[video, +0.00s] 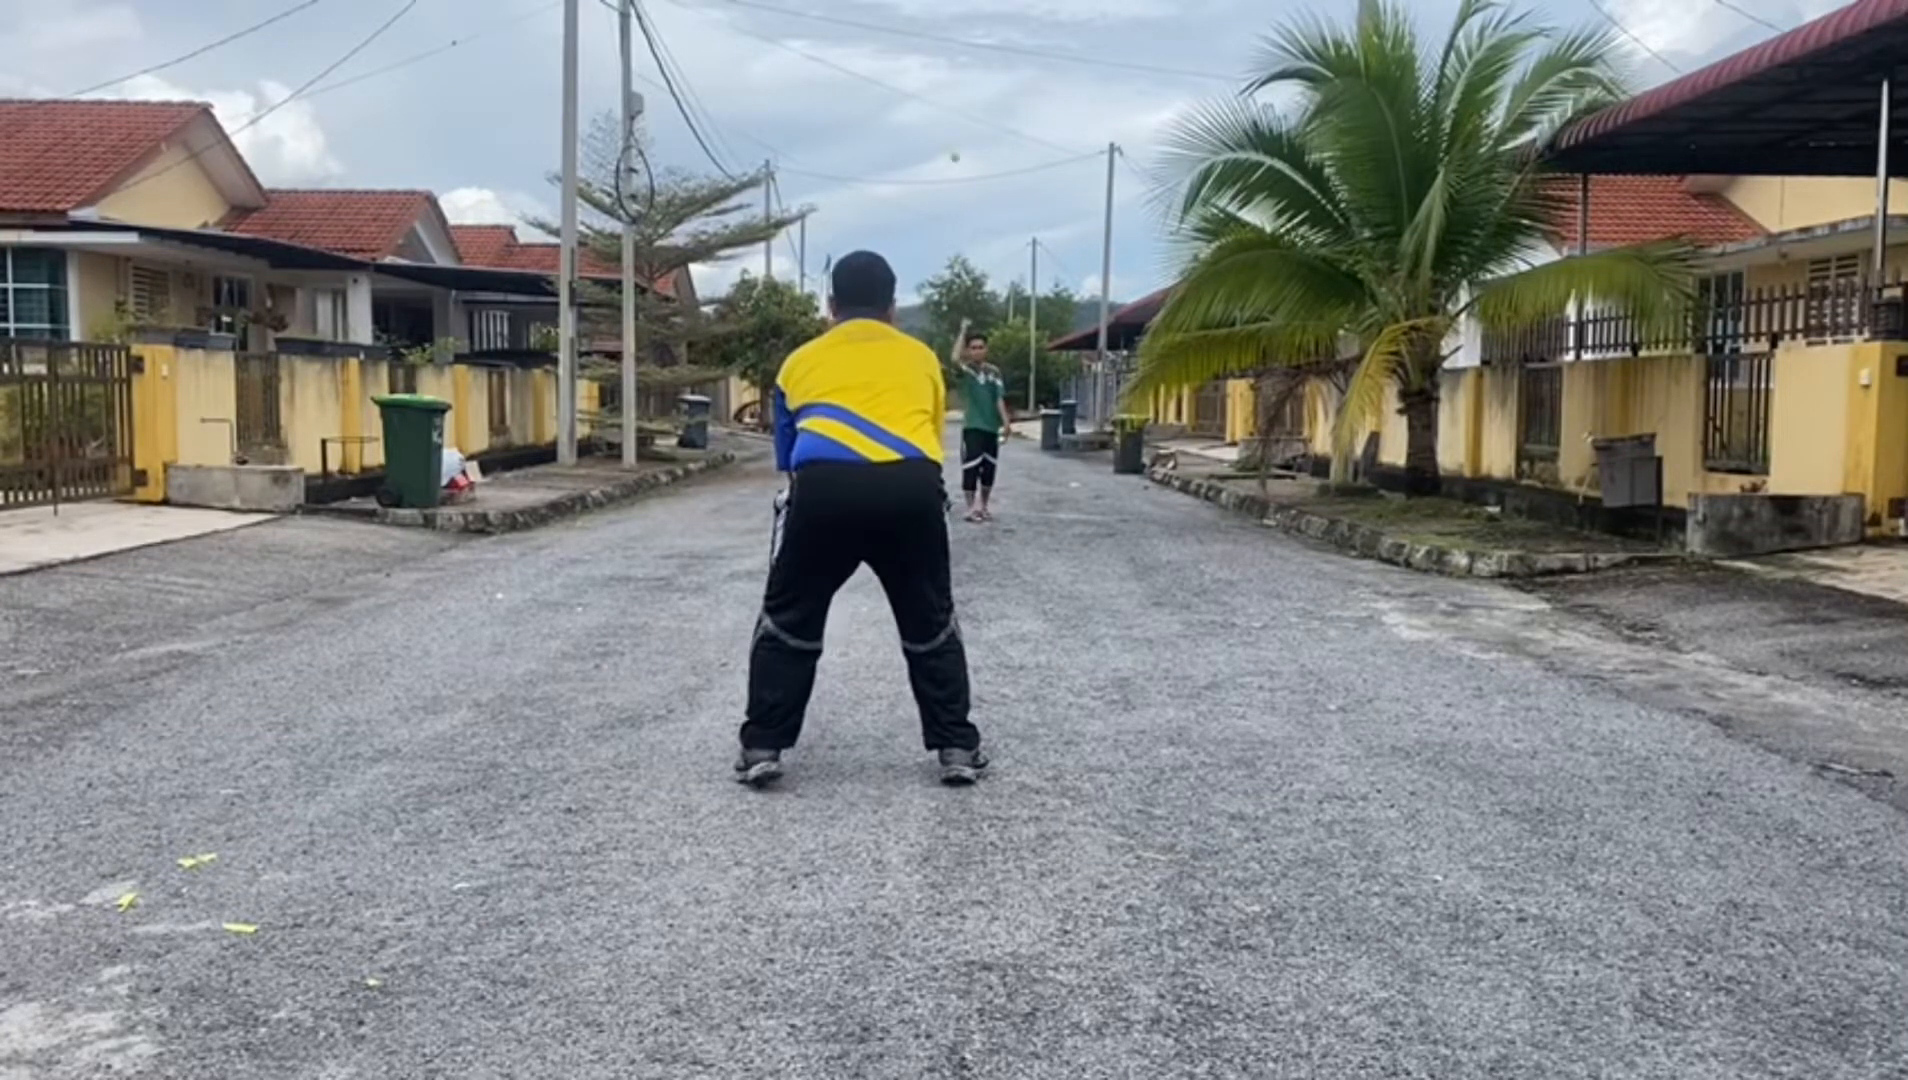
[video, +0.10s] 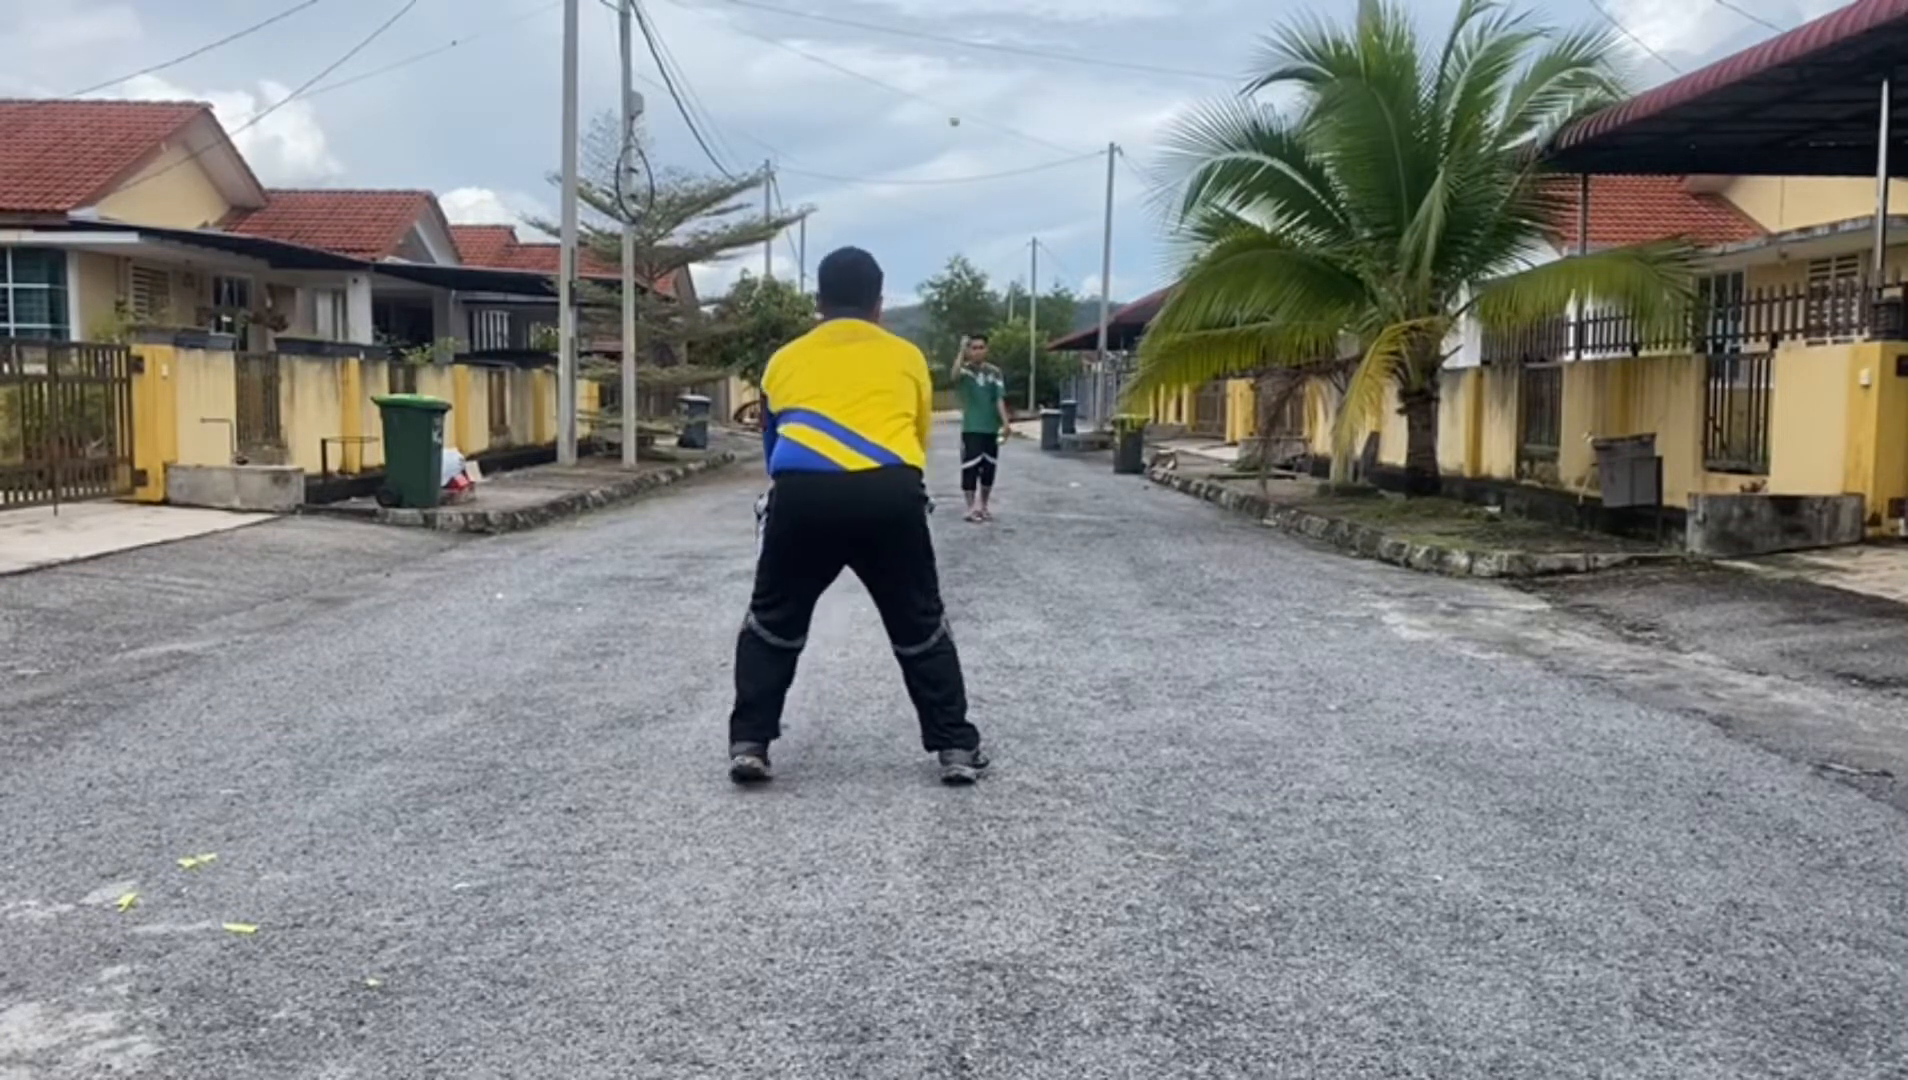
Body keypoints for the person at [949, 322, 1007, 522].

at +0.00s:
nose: (977, 351)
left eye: (981, 347)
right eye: (973, 348)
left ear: (986, 350)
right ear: (967, 351)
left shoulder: (993, 372)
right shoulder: (965, 372)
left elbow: (999, 400)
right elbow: (955, 358)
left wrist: (1005, 422)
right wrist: (962, 334)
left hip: (992, 426)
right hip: (973, 425)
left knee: (989, 468)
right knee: (971, 467)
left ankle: (984, 506)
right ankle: (971, 507)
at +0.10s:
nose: (978, 352)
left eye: (981, 348)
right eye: (974, 348)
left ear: (987, 350)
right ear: (968, 352)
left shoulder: (994, 372)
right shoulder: (965, 371)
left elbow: (999, 400)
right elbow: (955, 376)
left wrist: (1005, 422)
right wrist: (961, 353)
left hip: (990, 427)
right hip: (971, 426)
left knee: (988, 469)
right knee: (970, 468)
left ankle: (984, 506)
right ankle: (970, 507)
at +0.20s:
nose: (979, 352)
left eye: (982, 348)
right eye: (975, 348)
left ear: (988, 350)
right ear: (968, 351)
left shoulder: (994, 372)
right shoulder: (962, 371)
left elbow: (999, 400)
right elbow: (956, 390)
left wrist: (1004, 423)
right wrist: (965, 379)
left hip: (990, 428)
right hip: (970, 429)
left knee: (988, 471)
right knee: (969, 470)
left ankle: (984, 506)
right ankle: (970, 507)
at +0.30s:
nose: (979, 352)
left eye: (982, 348)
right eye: (975, 348)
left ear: (988, 351)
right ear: (968, 351)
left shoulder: (995, 373)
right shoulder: (961, 373)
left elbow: (999, 401)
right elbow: (958, 397)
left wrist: (1002, 424)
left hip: (990, 429)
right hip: (969, 429)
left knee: (988, 470)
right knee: (970, 470)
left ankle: (983, 506)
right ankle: (971, 507)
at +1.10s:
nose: (970, 355)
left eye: (974, 351)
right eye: (967, 351)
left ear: (980, 352)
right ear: (962, 353)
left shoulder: (988, 373)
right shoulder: (953, 374)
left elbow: (994, 400)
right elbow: (950, 398)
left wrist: (999, 422)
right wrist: (952, 419)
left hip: (983, 428)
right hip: (961, 428)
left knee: (985, 471)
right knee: (953, 466)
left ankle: (983, 507)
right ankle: (946, 498)